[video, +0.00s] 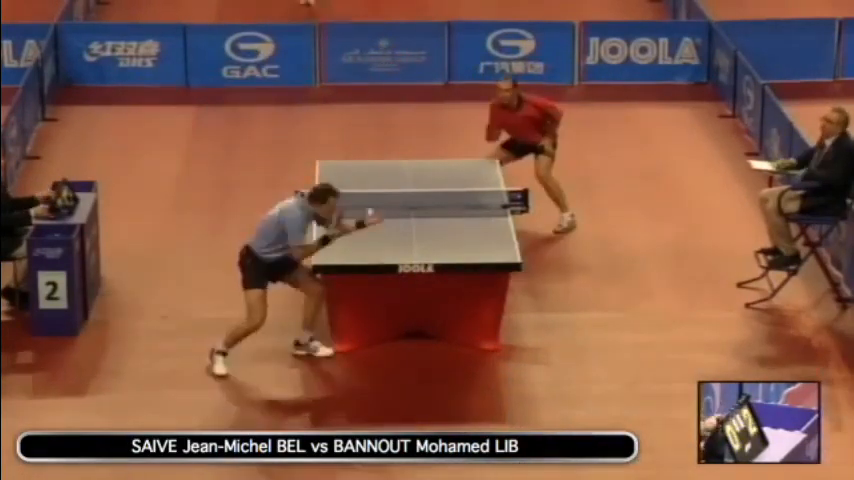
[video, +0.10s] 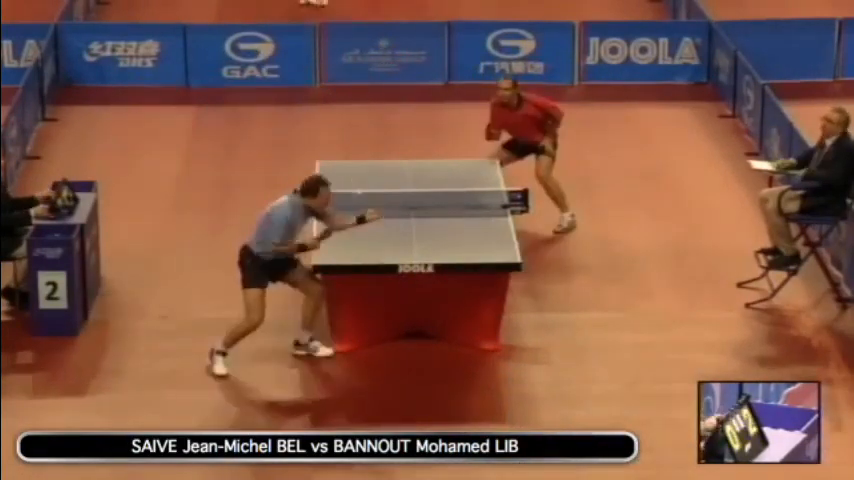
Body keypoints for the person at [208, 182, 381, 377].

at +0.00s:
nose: (334, 211)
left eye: (334, 206)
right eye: (331, 207)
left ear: (320, 202)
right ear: (319, 204)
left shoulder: (310, 206)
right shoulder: (294, 213)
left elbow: (333, 227)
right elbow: (299, 253)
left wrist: (361, 225)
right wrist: (324, 242)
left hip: (279, 258)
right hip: (254, 259)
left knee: (315, 290)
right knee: (256, 319)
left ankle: (305, 341)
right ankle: (220, 352)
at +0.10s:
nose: (326, 203)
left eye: (327, 198)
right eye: (324, 198)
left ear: (312, 194)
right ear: (311, 196)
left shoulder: (307, 207)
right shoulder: (284, 211)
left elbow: (331, 224)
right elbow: (272, 247)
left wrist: (359, 220)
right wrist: (304, 247)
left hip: (279, 257)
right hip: (255, 259)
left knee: (316, 291)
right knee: (254, 318)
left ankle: (304, 341)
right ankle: (220, 352)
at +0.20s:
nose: (320, 191)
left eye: (319, 187)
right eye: (317, 187)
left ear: (307, 188)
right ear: (306, 188)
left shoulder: (308, 205)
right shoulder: (278, 203)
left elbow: (327, 222)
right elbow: (237, 223)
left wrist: (356, 223)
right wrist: (249, 239)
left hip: (281, 255)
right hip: (256, 256)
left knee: (316, 291)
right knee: (253, 317)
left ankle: (304, 342)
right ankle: (219, 352)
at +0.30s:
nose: (316, 188)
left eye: (316, 183)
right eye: (313, 184)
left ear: (303, 186)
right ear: (301, 186)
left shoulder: (305, 204)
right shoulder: (274, 198)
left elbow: (319, 222)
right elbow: (231, 199)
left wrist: (346, 230)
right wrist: (235, 230)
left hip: (282, 256)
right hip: (256, 256)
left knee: (316, 291)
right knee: (253, 318)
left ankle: (305, 341)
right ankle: (219, 353)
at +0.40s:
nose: (318, 188)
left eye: (318, 183)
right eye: (315, 184)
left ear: (306, 186)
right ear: (303, 185)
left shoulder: (306, 204)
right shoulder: (275, 193)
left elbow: (304, 226)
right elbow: (237, 183)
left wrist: (322, 238)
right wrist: (240, 212)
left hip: (282, 257)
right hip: (257, 257)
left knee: (319, 292)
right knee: (254, 320)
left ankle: (306, 341)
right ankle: (219, 352)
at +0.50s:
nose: (326, 192)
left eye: (326, 187)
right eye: (323, 188)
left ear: (313, 188)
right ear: (312, 189)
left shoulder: (306, 205)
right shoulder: (284, 196)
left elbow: (291, 226)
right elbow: (248, 191)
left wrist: (308, 239)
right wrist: (261, 207)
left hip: (283, 259)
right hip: (259, 259)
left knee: (320, 292)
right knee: (256, 324)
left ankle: (306, 342)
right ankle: (220, 352)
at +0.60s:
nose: (339, 204)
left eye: (339, 199)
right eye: (337, 200)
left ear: (322, 197)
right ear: (328, 201)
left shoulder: (311, 207)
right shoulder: (305, 205)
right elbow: (278, 211)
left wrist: (300, 241)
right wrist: (295, 236)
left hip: (283, 263)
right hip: (261, 264)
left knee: (319, 291)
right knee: (262, 330)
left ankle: (305, 342)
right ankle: (221, 351)